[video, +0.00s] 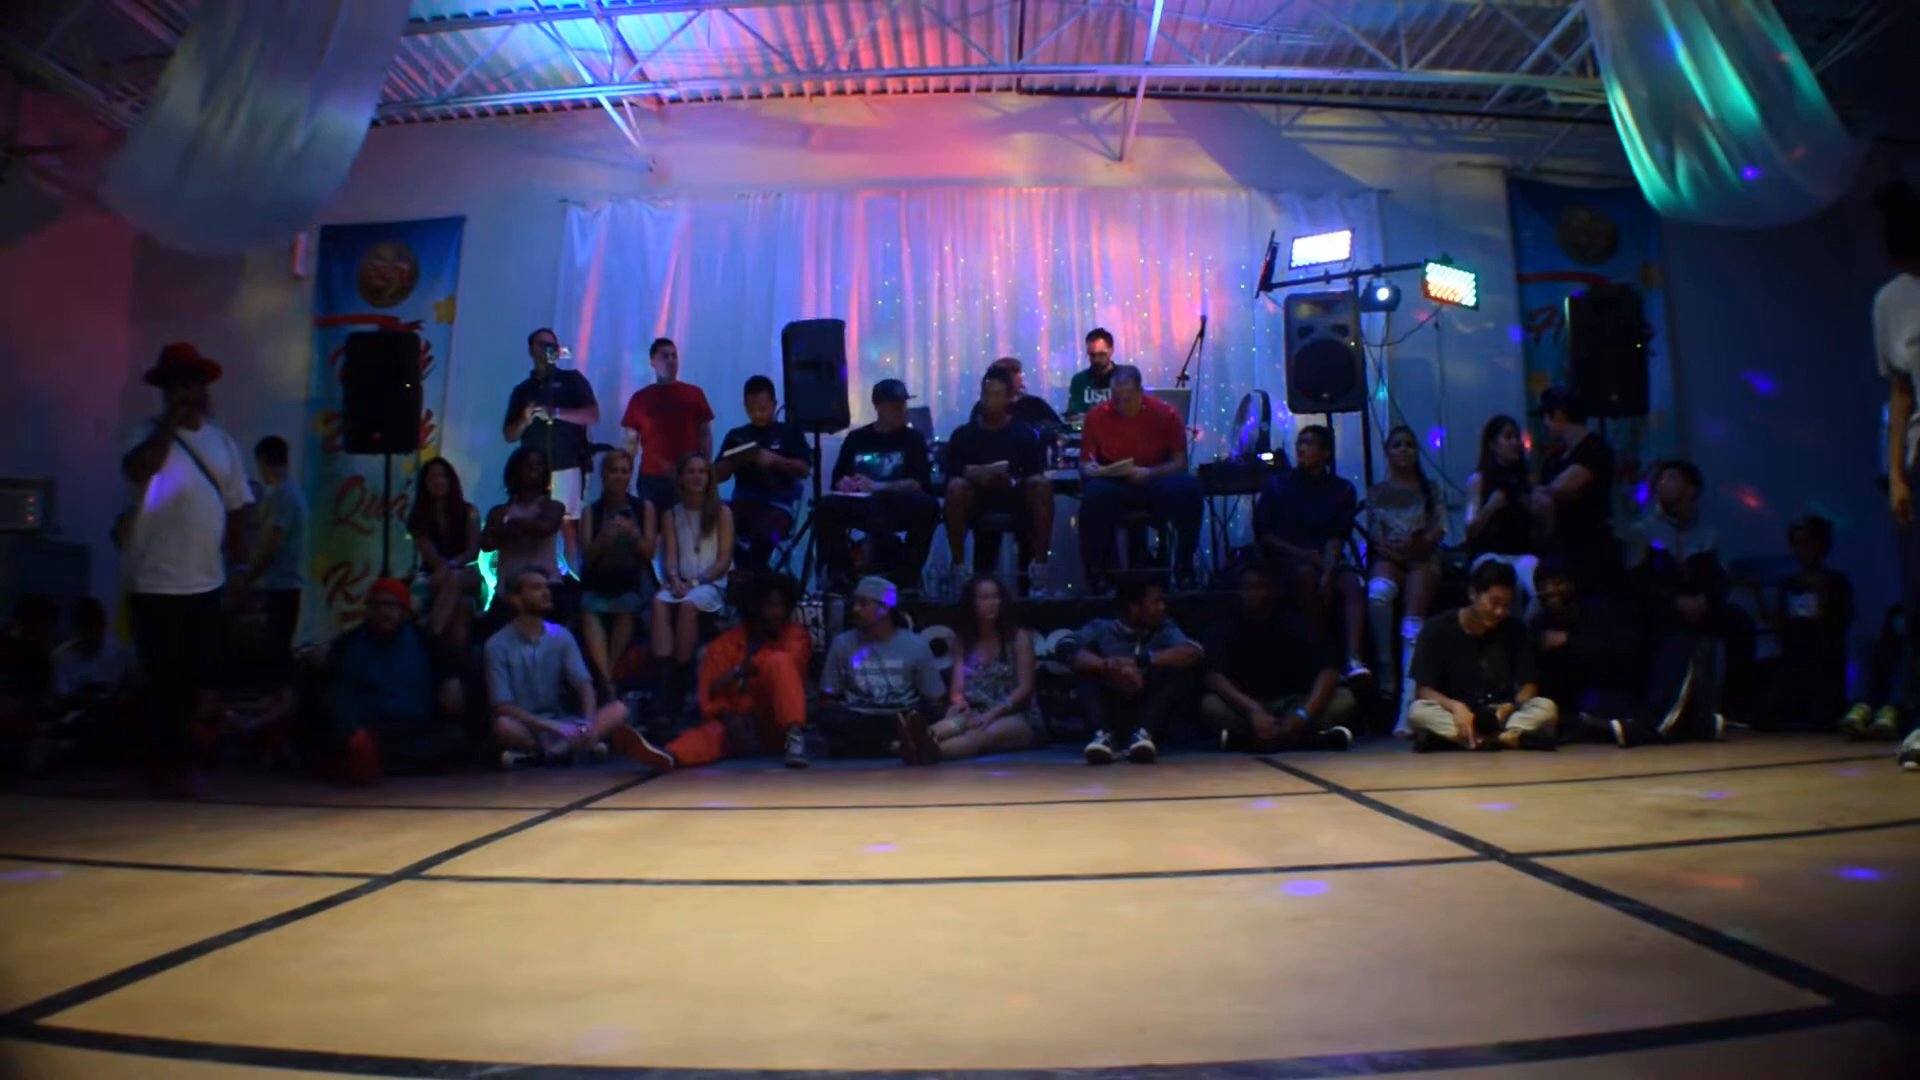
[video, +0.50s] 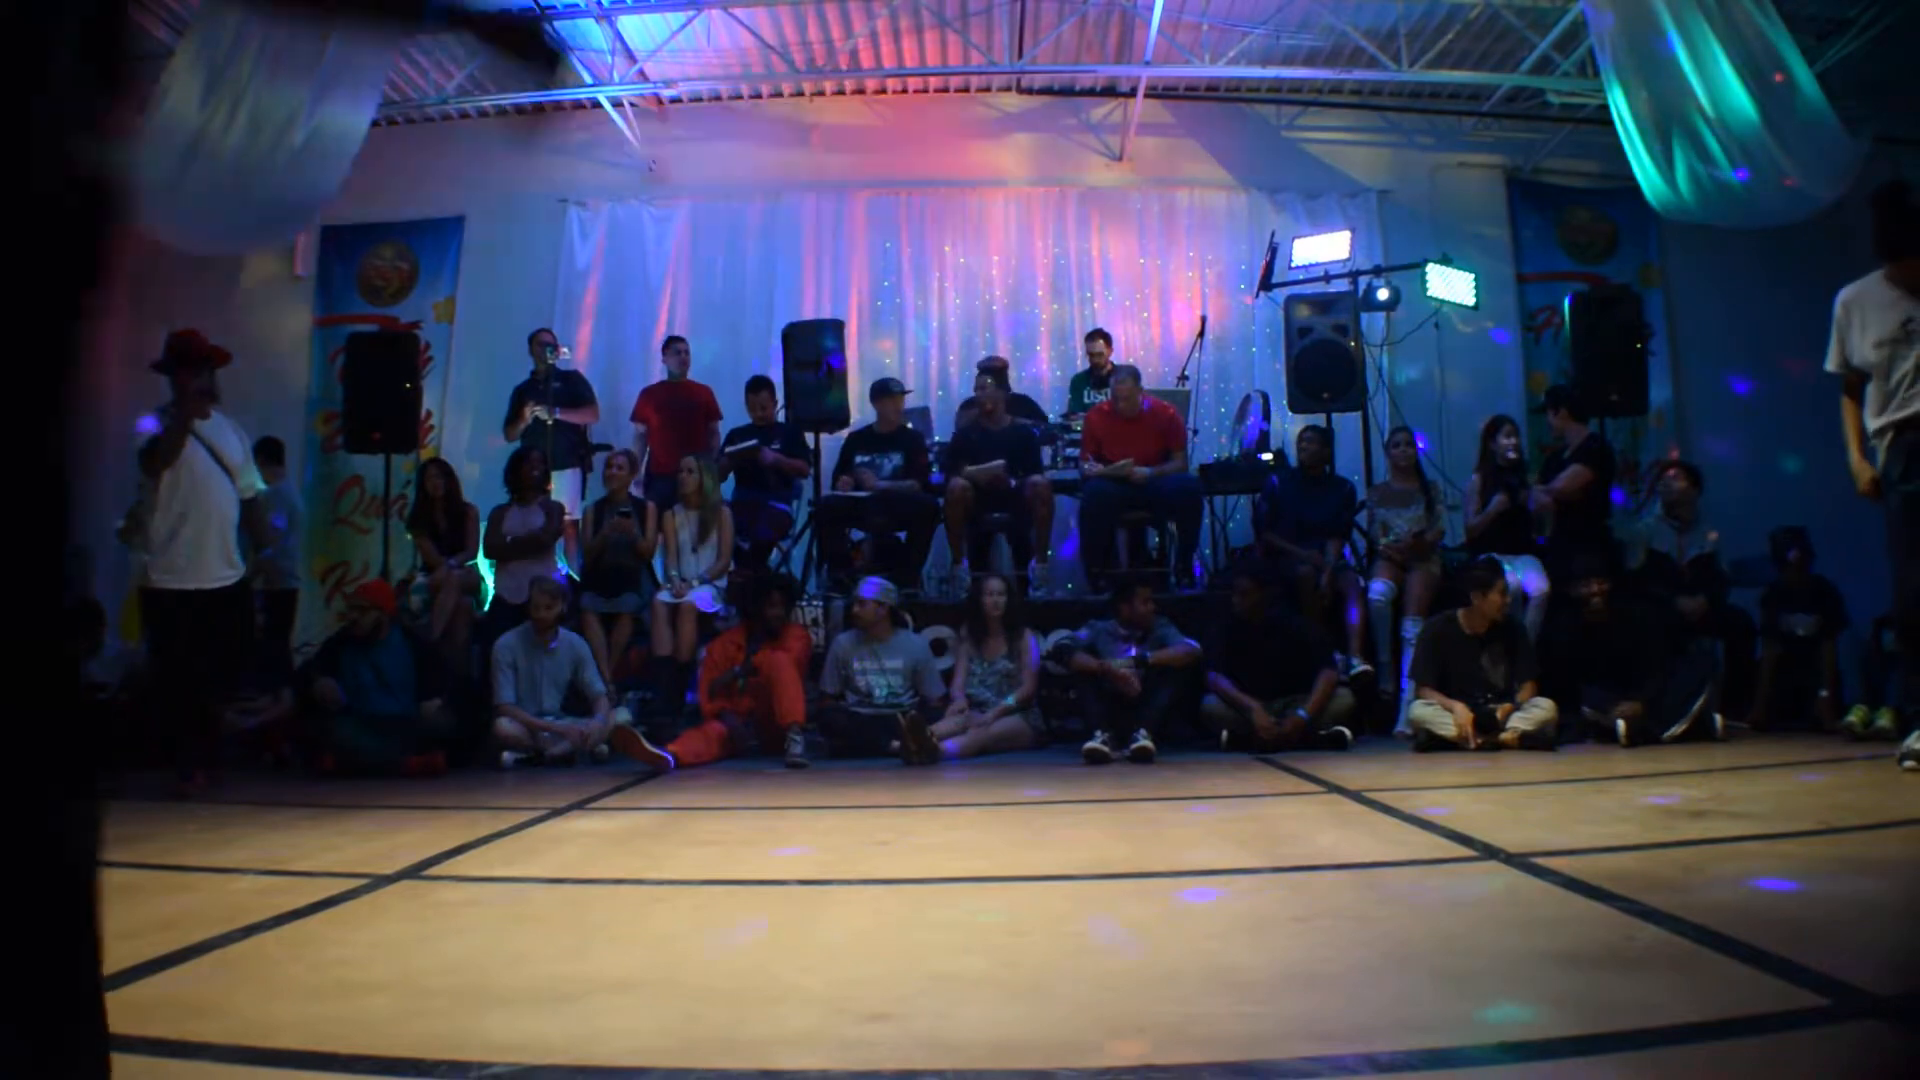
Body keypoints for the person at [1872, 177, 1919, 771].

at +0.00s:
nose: (1895, 245)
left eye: (1895, 238)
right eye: (1897, 239)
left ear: (1894, 241)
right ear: (1905, 241)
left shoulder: (1893, 301)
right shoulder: (1893, 300)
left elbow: (1899, 393)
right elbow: (1899, 392)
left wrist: (1897, 472)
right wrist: (1896, 471)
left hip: (1915, 467)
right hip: (1914, 469)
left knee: (1912, 601)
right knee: (1913, 600)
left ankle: (1911, 716)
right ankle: (1912, 719)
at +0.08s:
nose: (1899, 254)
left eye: (1901, 244)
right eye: (1895, 246)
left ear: (1903, 242)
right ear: (1892, 245)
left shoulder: (1885, 303)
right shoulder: (1880, 303)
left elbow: (1885, 391)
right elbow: (1886, 390)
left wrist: (1886, 467)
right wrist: (1885, 469)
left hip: (1912, 468)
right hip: (1911, 469)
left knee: (1912, 598)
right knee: (1912, 598)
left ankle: (1911, 718)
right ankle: (1914, 722)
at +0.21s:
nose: (1900, 263)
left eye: (1903, 251)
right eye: (1892, 253)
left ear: (1909, 244)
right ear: (1883, 250)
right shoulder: (1866, 303)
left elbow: (1865, 391)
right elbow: (1867, 389)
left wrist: (1869, 463)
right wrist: (1866, 467)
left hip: (1907, 446)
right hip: (1903, 448)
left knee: (1909, 588)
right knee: (1909, 586)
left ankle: (1910, 718)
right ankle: (1912, 722)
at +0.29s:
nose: (1900, 268)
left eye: (1904, 256)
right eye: (1892, 257)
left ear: (1913, 248)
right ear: (1881, 253)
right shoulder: (1860, 303)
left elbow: (1856, 390)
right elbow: (1858, 388)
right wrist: (1859, 464)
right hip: (1900, 449)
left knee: (1910, 589)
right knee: (1909, 588)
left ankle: (1913, 720)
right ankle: (1913, 723)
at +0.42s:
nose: (1898, 257)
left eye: (1902, 246)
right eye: (1891, 247)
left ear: (1909, 242)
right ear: (1882, 246)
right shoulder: (1856, 302)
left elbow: (1849, 390)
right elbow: (1851, 390)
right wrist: (1855, 458)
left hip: (1908, 446)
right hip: (1898, 447)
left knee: (1907, 587)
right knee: (1906, 587)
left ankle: (1910, 719)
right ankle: (1911, 723)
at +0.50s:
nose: (1902, 256)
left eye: (1906, 245)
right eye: (1896, 247)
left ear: (1912, 243)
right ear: (1885, 246)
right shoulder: (1855, 302)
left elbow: (1848, 389)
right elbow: (1850, 389)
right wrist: (1857, 456)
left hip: (1909, 445)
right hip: (1898, 447)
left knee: (1907, 587)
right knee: (1906, 586)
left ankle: (1911, 719)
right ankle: (1911, 721)